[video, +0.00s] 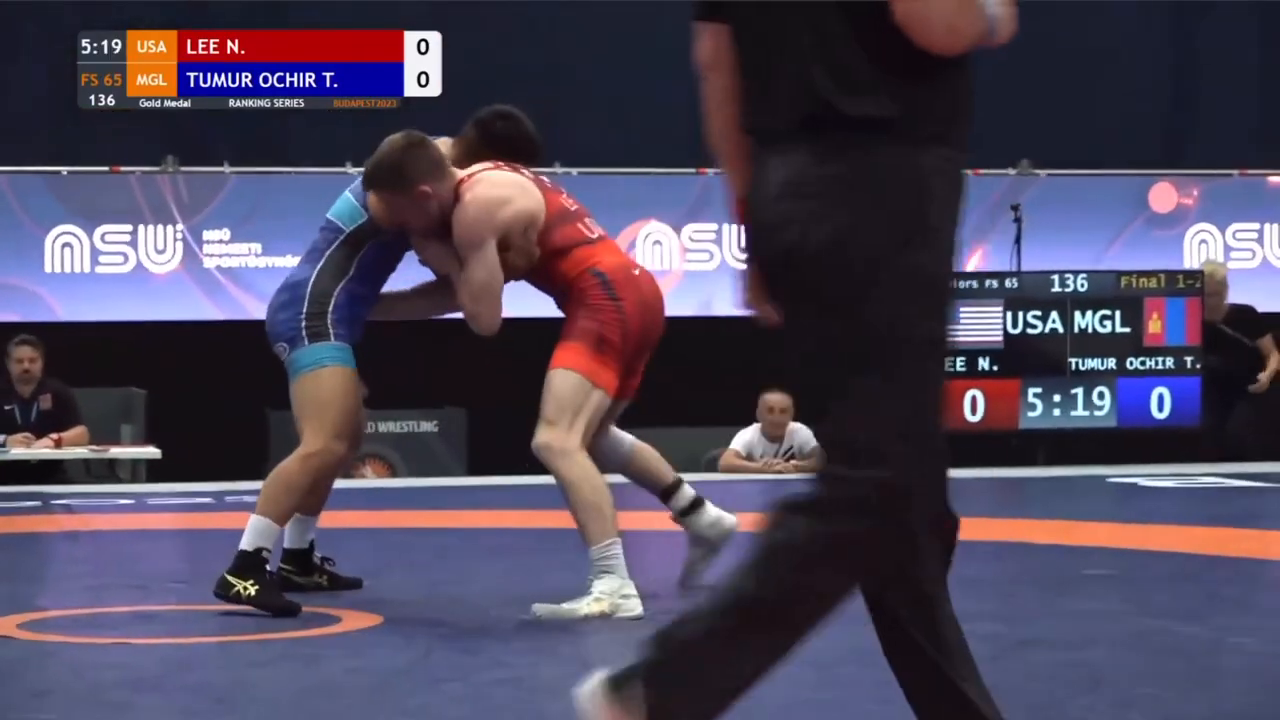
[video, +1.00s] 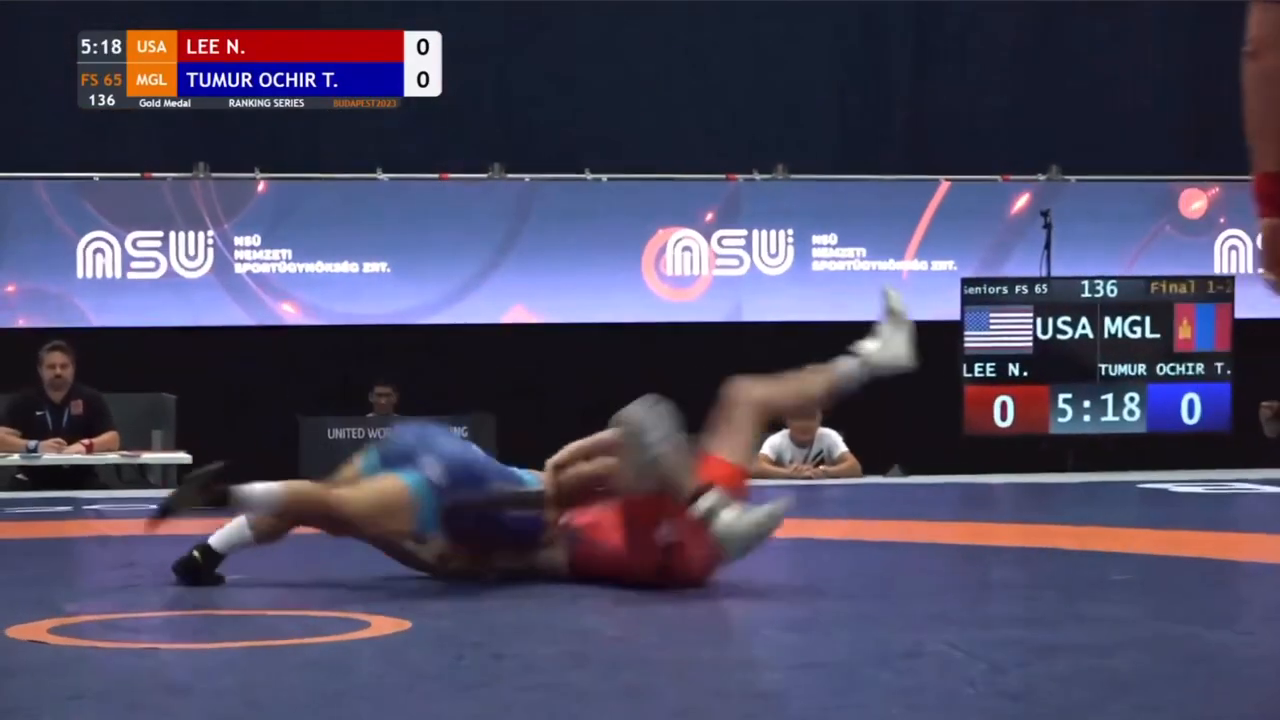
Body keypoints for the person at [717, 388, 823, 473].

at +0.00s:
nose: (776, 417)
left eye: (783, 411)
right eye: (770, 411)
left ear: (792, 415)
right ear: (758, 414)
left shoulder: (800, 432)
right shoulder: (747, 435)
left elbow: (820, 462)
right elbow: (725, 463)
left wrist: (791, 467)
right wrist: (763, 468)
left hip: (792, 495)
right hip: (754, 495)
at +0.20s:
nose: (776, 419)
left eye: (782, 413)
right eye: (770, 412)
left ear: (791, 415)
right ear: (758, 414)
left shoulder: (799, 432)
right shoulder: (747, 435)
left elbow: (824, 463)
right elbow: (725, 464)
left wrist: (790, 467)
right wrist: (764, 468)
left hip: (792, 495)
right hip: (754, 495)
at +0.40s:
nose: (776, 420)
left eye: (782, 414)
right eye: (770, 413)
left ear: (791, 416)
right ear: (758, 416)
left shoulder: (799, 433)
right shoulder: (747, 437)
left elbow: (824, 465)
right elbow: (725, 465)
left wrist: (791, 468)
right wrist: (763, 469)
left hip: (792, 496)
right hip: (755, 497)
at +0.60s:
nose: (776, 420)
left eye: (782, 414)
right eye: (770, 414)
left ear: (791, 417)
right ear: (758, 417)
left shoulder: (799, 434)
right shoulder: (747, 438)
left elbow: (824, 465)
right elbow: (725, 466)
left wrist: (792, 469)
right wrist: (761, 470)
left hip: (793, 497)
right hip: (755, 498)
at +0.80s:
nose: (791, 421)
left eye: (797, 415)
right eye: (784, 415)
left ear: (805, 418)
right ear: (773, 417)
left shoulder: (815, 435)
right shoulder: (762, 439)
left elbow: (840, 466)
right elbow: (741, 467)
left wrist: (807, 470)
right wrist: (778, 471)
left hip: (808, 498)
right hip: (771, 499)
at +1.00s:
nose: (805, 426)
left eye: (811, 420)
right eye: (799, 420)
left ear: (819, 419)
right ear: (788, 421)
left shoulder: (830, 438)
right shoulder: (777, 441)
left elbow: (855, 468)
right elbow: (760, 468)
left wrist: (825, 472)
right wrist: (792, 474)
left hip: (824, 502)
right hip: (786, 502)